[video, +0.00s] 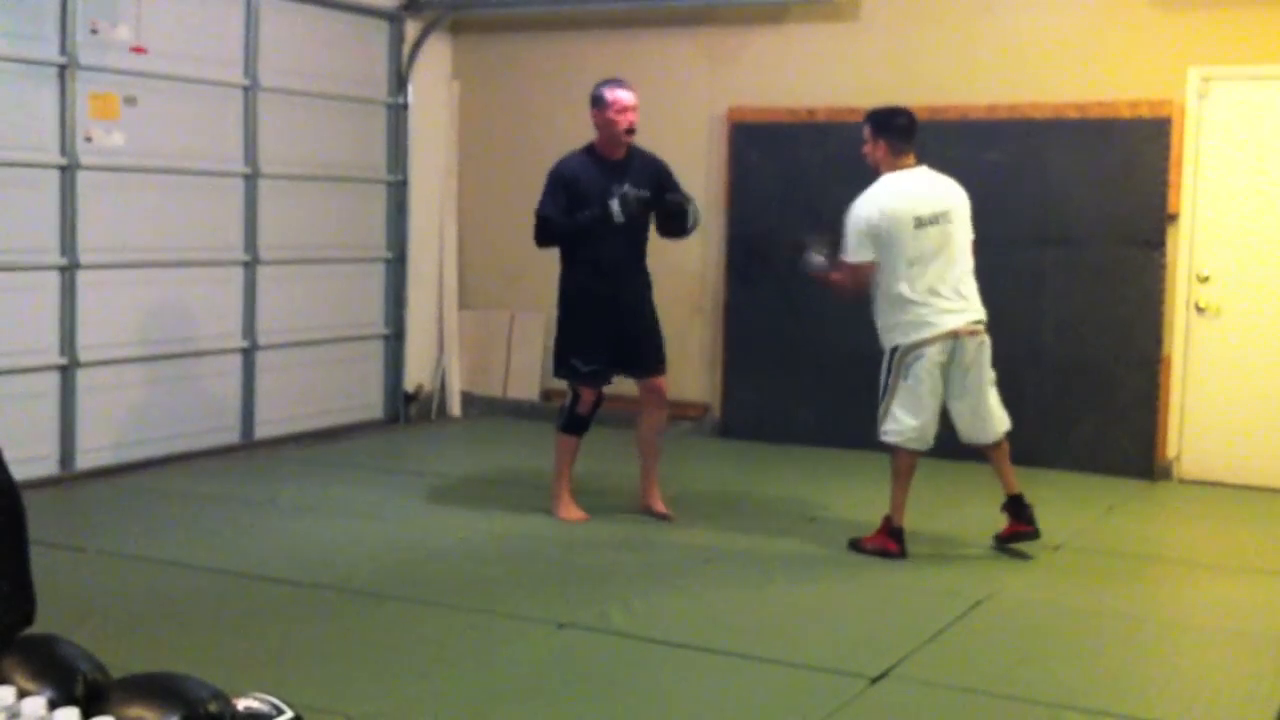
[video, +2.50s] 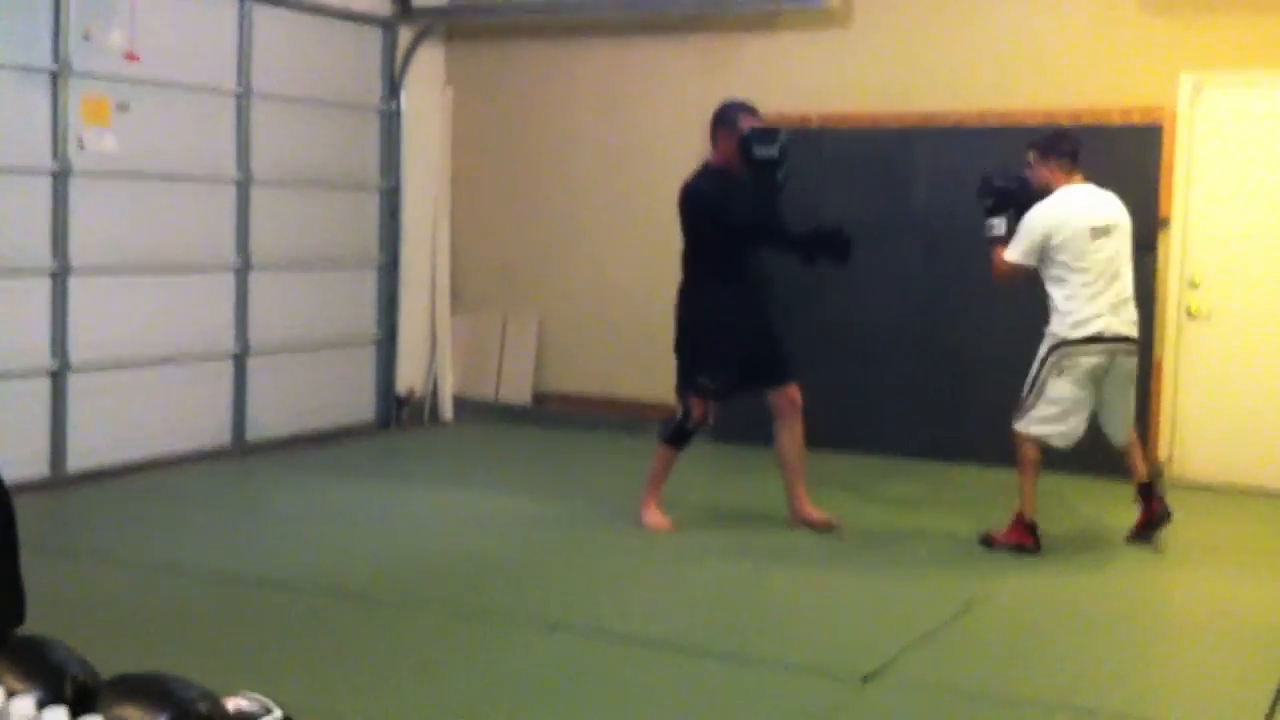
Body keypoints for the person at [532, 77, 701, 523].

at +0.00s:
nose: (630, 119)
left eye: (633, 110)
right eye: (620, 111)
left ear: (638, 114)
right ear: (596, 117)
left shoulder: (649, 168)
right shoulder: (570, 171)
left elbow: (673, 226)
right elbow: (544, 234)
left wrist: (676, 210)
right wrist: (602, 214)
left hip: (633, 296)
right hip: (585, 299)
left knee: (655, 391)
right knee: (585, 395)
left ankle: (650, 491)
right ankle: (562, 493)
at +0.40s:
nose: (680, 116)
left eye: (681, 108)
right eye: (669, 109)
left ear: (680, 114)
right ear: (643, 117)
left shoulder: (691, 170)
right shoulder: (616, 173)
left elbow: (721, 224)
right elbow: (591, 232)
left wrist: (738, 221)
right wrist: (649, 211)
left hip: (674, 298)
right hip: (626, 299)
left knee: (681, 397)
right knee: (619, 399)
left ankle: (690, 496)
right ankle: (571, 486)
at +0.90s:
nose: (700, 127)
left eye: (702, 119)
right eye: (693, 119)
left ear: (695, 122)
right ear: (666, 118)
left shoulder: (697, 168)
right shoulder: (640, 173)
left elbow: (705, 228)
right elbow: (656, 221)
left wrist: (740, 227)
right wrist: (701, 169)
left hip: (695, 298)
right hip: (650, 301)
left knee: (739, 382)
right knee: (652, 400)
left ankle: (733, 487)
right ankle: (621, 495)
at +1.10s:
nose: (721, 133)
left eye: (726, 124)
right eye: (714, 124)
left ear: (729, 126)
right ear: (690, 123)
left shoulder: (723, 173)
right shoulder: (665, 174)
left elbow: (758, 222)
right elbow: (680, 221)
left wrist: (786, 184)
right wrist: (719, 163)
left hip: (716, 302)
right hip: (671, 302)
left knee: (742, 400)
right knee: (662, 401)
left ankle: (775, 502)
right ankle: (622, 493)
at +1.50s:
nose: (777, 139)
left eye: (783, 130)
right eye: (771, 129)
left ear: (783, 127)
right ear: (749, 120)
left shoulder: (771, 168)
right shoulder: (717, 169)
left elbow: (797, 226)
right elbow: (744, 220)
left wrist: (832, 189)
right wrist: (777, 162)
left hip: (760, 291)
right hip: (720, 293)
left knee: (775, 396)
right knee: (728, 399)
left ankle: (780, 505)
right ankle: (681, 496)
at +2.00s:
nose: (809, 134)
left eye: (812, 125)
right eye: (801, 124)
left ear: (811, 125)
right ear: (774, 123)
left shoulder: (804, 169)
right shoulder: (752, 174)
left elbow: (826, 221)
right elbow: (786, 221)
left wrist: (877, 220)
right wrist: (818, 168)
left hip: (796, 298)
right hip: (754, 299)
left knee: (825, 392)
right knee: (748, 396)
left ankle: (814, 502)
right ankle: (682, 481)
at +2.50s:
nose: (751, 146)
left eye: (755, 138)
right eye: (743, 138)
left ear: (755, 139)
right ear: (719, 138)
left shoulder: (750, 183)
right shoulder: (701, 189)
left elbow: (772, 234)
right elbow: (744, 232)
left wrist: (815, 244)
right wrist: (762, 178)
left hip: (748, 309)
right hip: (706, 312)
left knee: (787, 399)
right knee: (696, 409)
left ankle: (799, 504)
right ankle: (650, 500)